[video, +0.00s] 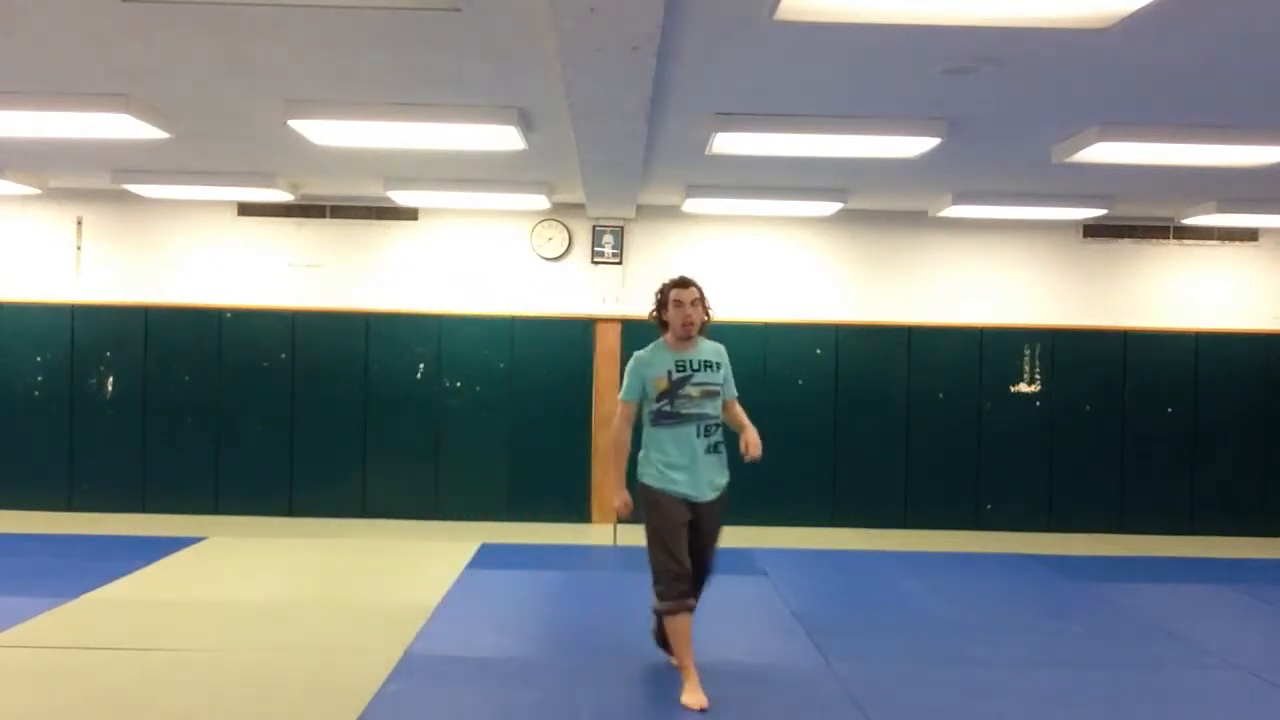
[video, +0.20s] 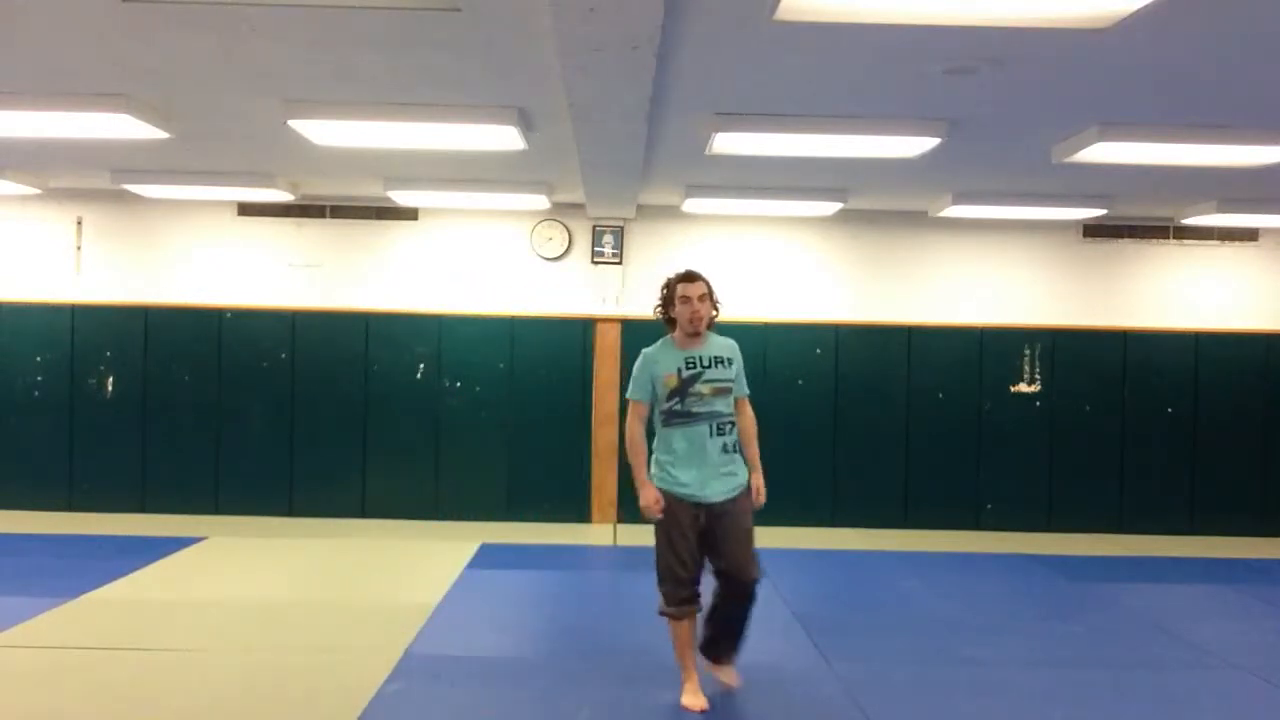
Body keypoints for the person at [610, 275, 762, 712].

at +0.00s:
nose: (687, 312)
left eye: (694, 304)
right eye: (678, 305)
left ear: (704, 311)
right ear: (664, 313)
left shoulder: (718, 354)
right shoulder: (644, 361)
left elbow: (729, 404)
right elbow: (623, 424)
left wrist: (747, 427)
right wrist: (618, 484)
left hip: (710, 481)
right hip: (662, 482)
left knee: (699, 569)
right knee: (676, 574)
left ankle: (669, 625)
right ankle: (690, 674)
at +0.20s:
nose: (695, 308)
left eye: (702, 299)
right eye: (685, 301)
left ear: (712, 305)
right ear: (671, 308)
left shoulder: (729, 350)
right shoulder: (652, 358)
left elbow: (743, 409)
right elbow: (634, 424)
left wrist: (756, 468)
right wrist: (643, 484)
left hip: (730, 487)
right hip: (676, 490)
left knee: (742, 576)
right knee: (680, 589)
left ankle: (718, 653)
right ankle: (688, 677)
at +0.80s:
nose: (741, 303)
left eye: (750, 293)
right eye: (732, 294)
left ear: (764, 300)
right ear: (718, 303)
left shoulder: (792, 354)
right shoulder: (699, 359)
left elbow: (816, 418)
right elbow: (682, 426)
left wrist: (830, 476)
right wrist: (678, 483)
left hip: (775, 511)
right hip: (710, 509)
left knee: (768, 625)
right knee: (705, 609)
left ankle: (757, 714)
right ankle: (700, 690)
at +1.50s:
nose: (713, 292)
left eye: (723, 281)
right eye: (702, 284)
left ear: (741, 290)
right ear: (690, 296)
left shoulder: (779, 341)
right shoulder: (680, 357)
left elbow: (811, 414)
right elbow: (672, 435)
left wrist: (774, 431)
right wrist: (674, 502)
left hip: (775, 523)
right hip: (703, 527)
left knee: (789, 648)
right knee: (709, 655)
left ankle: (794, 718)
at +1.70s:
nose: (732, 297)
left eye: (743, 286)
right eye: (722, 288)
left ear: (763, 295)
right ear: (711, 299)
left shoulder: (796, 347)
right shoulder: (705, 358)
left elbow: (812, 423)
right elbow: (695, 436)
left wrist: (750, 366)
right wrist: (685, 507)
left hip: (772, 525)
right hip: (707, 524)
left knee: (766, 658)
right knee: (706, 660)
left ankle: (774, 717)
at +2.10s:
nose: (747, 291)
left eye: (759, 281)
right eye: (737, 282)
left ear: (777, 293)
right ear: (725, 295)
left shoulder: (810, 343)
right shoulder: (722, 361)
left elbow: (846, 419)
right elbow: (719, 440)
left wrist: (777, 398)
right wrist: (717, 515)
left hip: (807, 526)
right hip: (743, 528)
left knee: (794, 659)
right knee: (756, 660)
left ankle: (797, 717)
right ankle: (761, 715)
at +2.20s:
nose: (754, 287)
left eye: (765, 278)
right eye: (743, 278)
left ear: (783, 289)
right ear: (731, 293)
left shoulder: (816, 338)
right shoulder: (726, 360)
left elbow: (859, 413)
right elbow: (733, 439)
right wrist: (728, 509)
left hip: (815, 528)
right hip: (749, 531)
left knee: (810, 671)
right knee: (762, 672)